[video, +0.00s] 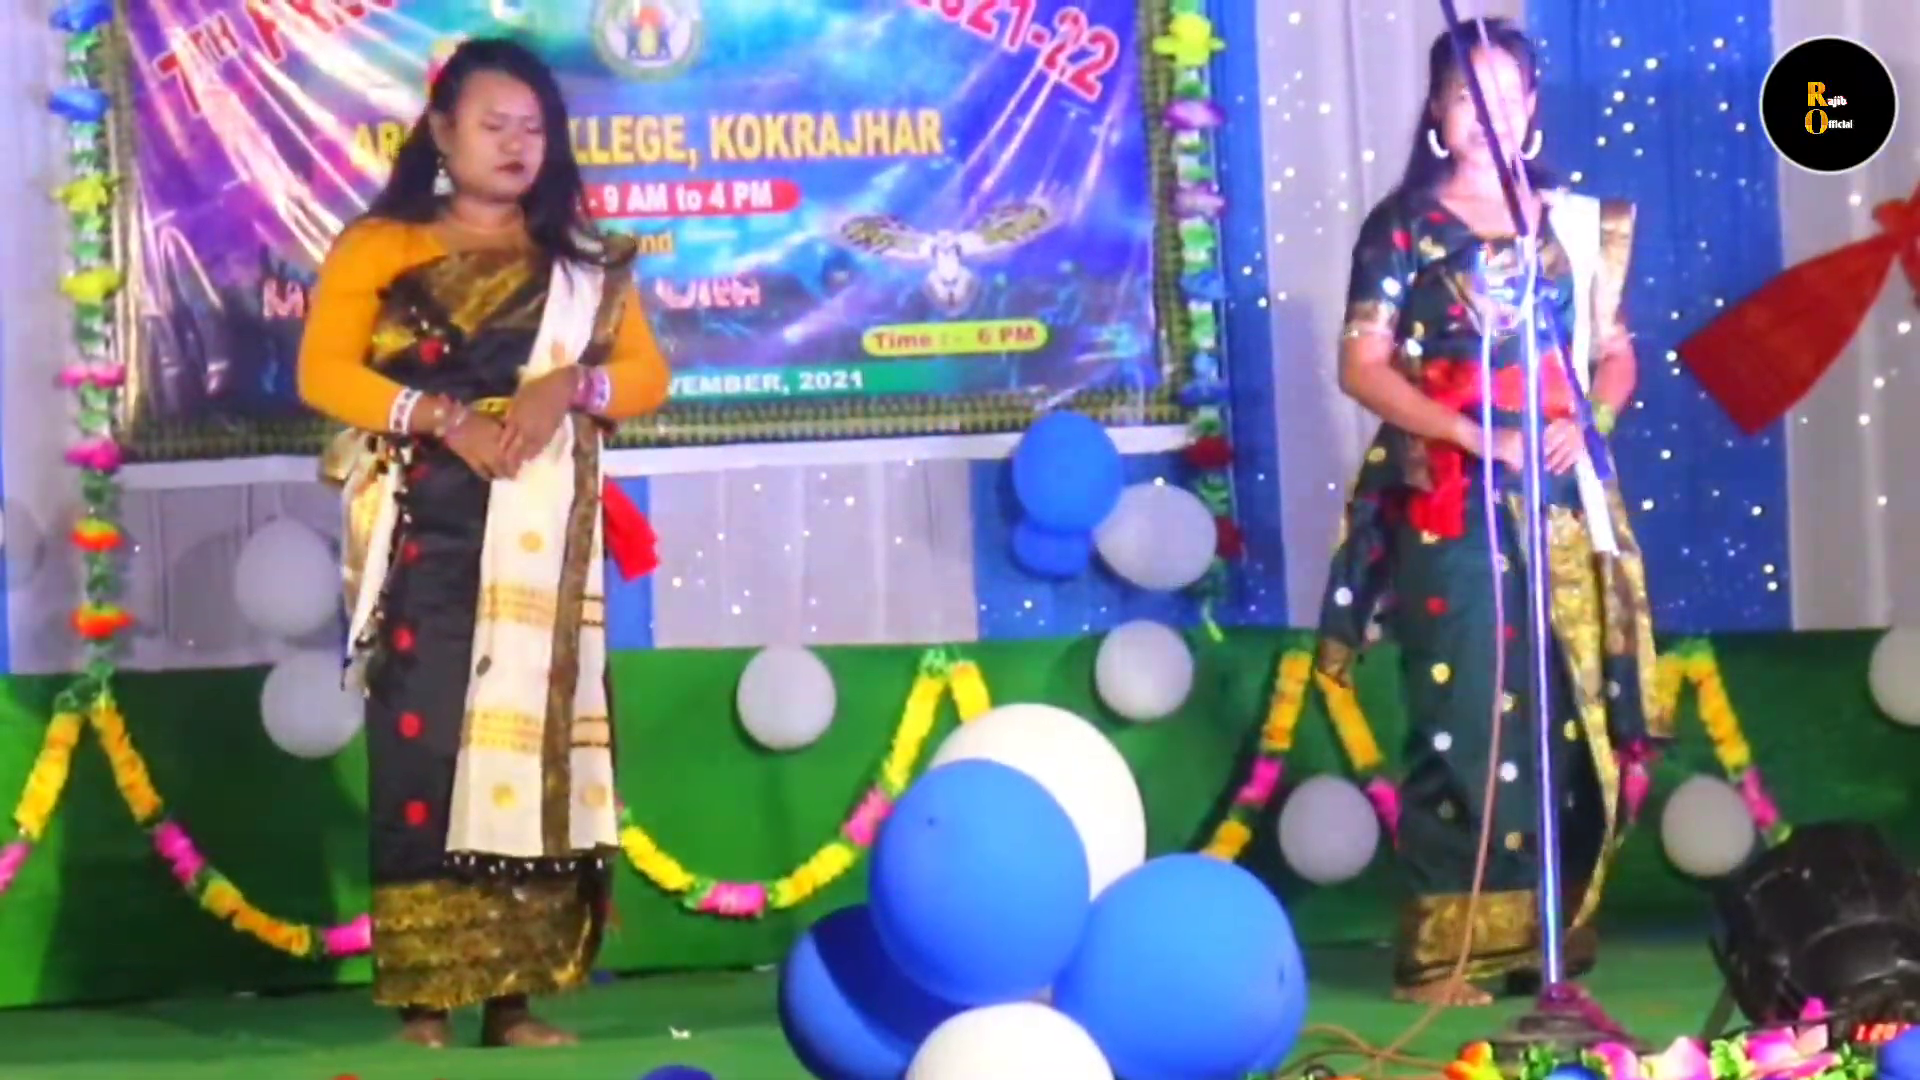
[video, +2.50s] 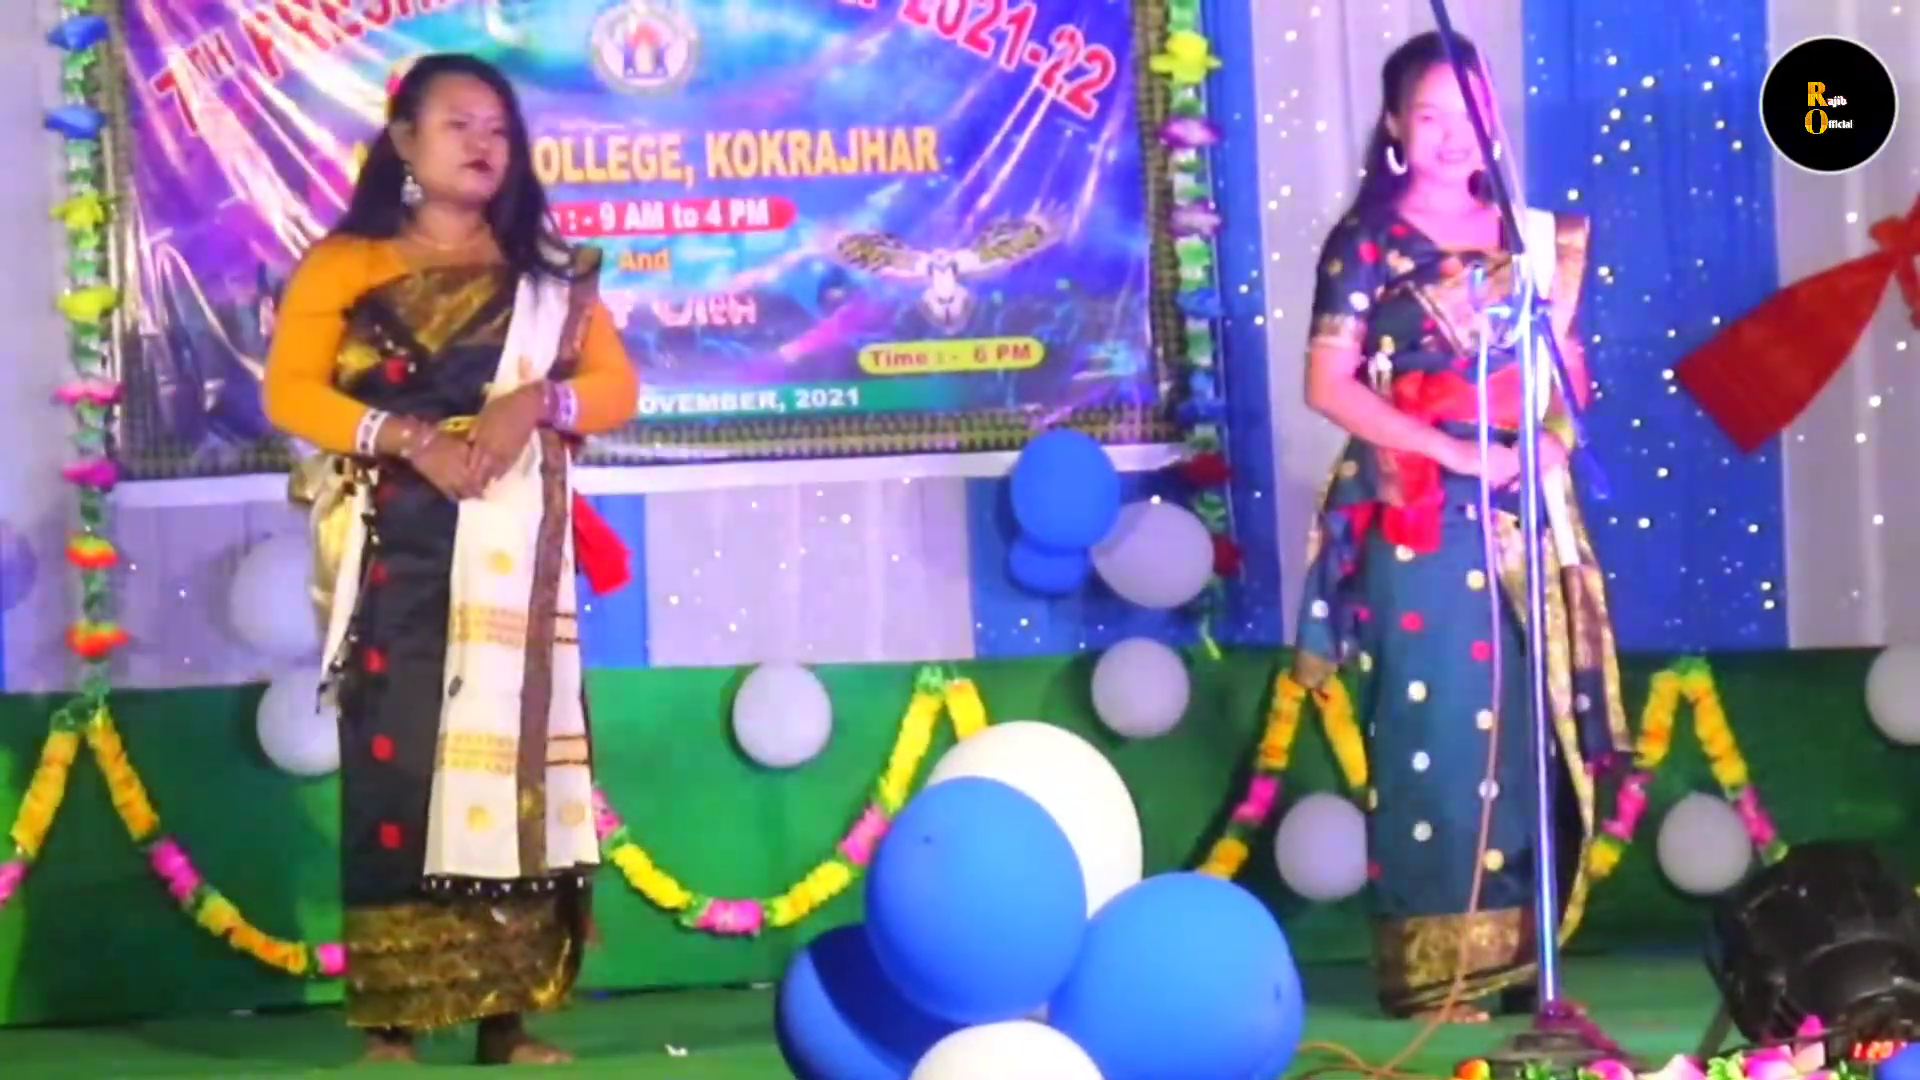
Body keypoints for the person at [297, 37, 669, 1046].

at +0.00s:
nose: (517, 144)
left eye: (533, 126)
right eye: (493, 124)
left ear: (551, 141)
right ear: (442, 133)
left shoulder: (581, 260)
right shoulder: (377, 248)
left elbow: (649, 377)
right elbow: (322, 371)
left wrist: (568, 385)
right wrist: (439, 413)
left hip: (541, 548)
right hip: (426, 543)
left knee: (532, 750)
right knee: (424, 754)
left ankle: (511, 999)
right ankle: (424, 998)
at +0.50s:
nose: (518, 156)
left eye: (536, 137)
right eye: (495, 136)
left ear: (559, 149)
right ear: (448, 143)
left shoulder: (594, 268)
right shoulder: (382, 257)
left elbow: (655, 387)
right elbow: (326, 380)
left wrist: (576, 394)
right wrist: (444, 424)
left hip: (549, 556)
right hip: (433, 550)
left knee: (538, 752)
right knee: (428, 756)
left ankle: (507, 1004)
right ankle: (415, 999)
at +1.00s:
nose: (506, 154)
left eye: (522, 137)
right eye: (483, 132)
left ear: (540, 154)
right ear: (430, 142)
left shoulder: (564, 273)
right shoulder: (362, 259)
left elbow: (633, 392)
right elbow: (306, 382)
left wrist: (552, 395)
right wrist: (422, 425)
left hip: (526, 561)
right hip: (408, 555)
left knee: (521, 762)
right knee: (401, 766)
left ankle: (508, 1011)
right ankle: (389, 1011)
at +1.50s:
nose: (478, 151)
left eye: (495, 135)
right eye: (454, 132)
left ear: (514, 152)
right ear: (403, 146)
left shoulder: (545, 272)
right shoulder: (341, 262)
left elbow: (615, 393)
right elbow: (285, 388)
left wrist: (530, 398)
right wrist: (403, 427)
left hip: (512, 559)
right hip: (394, 556)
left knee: (514, 761)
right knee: (393, 766)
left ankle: (508, 1013)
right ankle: (390, 1011)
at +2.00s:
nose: (471, 152)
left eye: (488, 135)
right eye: (447, 132)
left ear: (512, 152)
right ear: (398, 147)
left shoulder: (547, 271)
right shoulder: (341, 260)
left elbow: (616, 387)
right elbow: (283, 387)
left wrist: (534, 398)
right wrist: (403, 430)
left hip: (514, 562)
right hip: (396, 559)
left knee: (514, 765)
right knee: (393, 771)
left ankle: (506, 1013)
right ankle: (386, 1012)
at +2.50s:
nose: (483, 142)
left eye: (498, 129)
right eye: (458, 125)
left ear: (515, 150)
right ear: (404, 142)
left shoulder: (545, 273)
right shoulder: (343, 266)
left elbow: (620, 390)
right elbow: (289, 394)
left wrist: (535, 403)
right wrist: (406, 434)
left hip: (517, 562)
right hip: (398, 559)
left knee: (518, 765)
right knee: (395, 771)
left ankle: (509, 1017)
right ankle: (389, 1017)